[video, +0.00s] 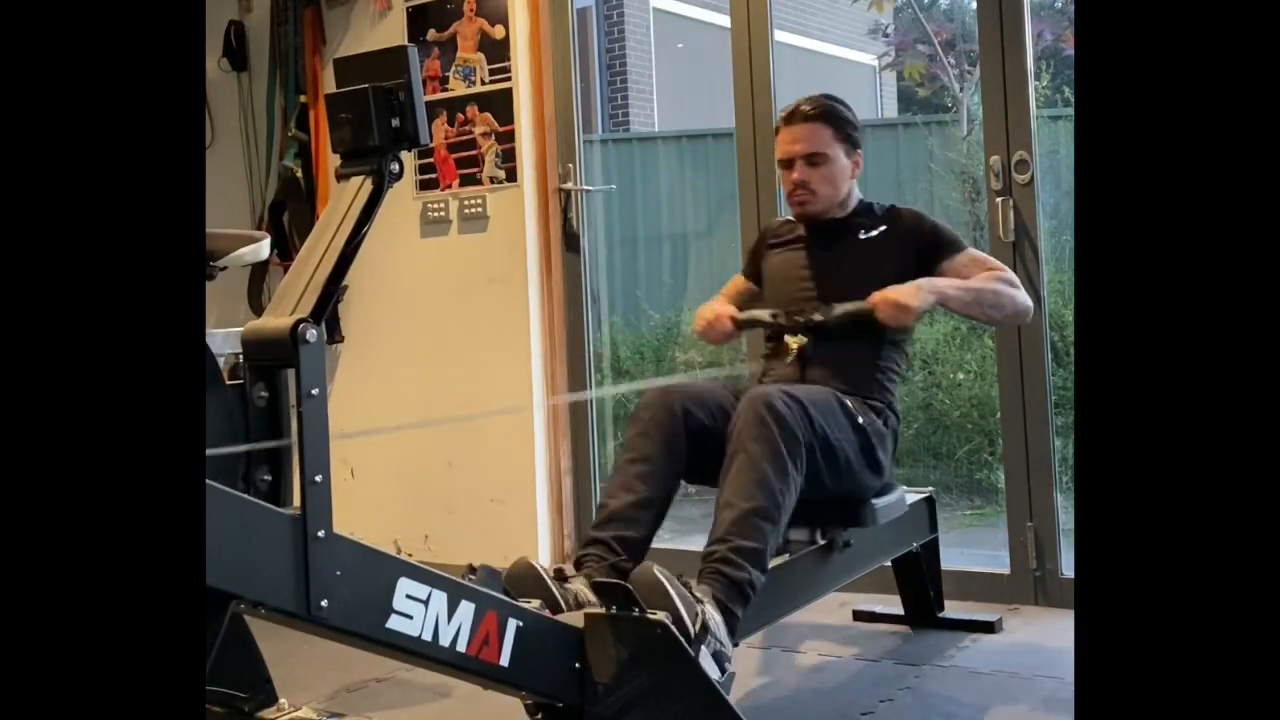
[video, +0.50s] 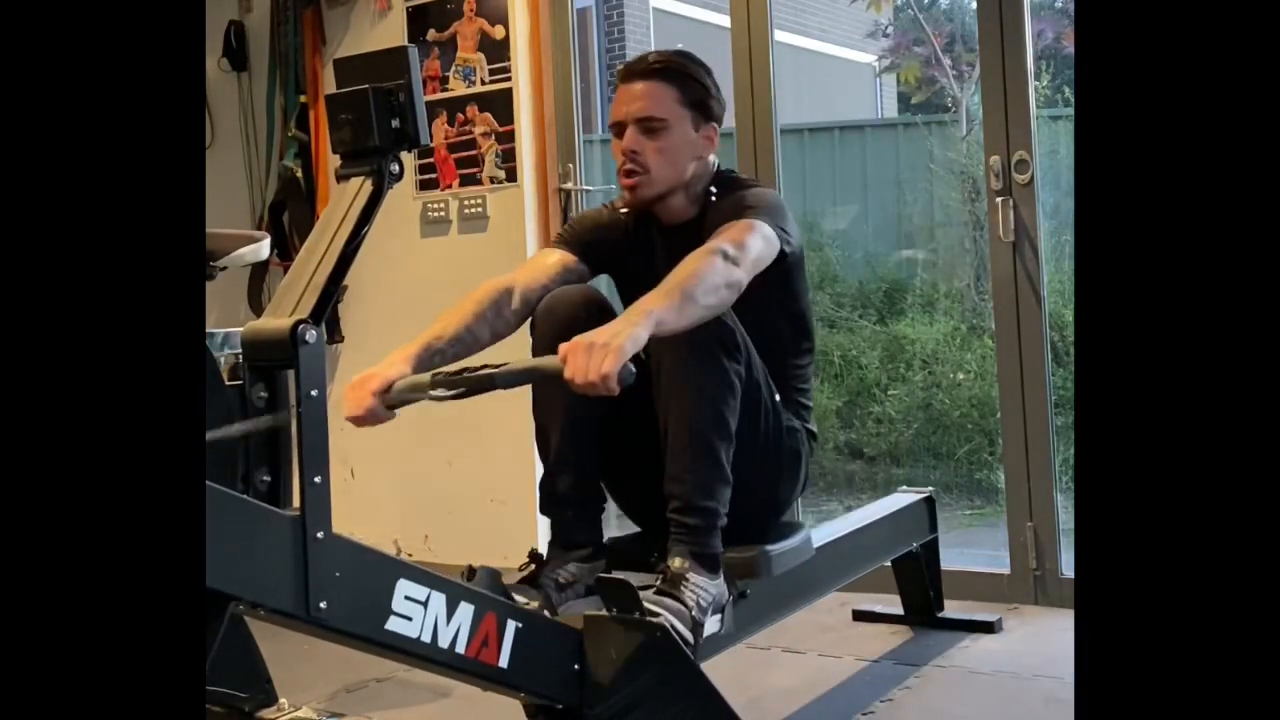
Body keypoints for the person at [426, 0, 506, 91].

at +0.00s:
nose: (471, 7)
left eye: (473, 4)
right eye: (469, 4)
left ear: (476, 7)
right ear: (463, 8)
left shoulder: (480, 22)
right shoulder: (457, 25)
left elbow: (493, 34)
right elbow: (445, 36)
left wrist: (498, 32)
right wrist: (435, 36)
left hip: (474, 60)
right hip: (460, 59)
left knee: (474, 89)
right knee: (459, 90)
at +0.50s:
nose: (471, 7)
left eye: (473, 5)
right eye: (469, 4)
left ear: (476, 8)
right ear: (463, 8)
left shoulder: (480, 22)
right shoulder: (457, 25)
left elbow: (493, 34)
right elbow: (445, 36)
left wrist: (498, 32)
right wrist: (435, 36)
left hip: (474, 60)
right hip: (460, 59)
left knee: (474, 89)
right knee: (458, 89)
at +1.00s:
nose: (471, 7)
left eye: (473, 4)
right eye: (468, 4)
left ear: (476, 7)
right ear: (463, 7)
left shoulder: (480, 22)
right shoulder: (457, 24)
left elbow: (493, 34)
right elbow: (445, 36)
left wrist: (498, 32)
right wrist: (435, 36)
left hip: (474, 60)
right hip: (460, 59)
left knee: (474, 89)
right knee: (458, 89)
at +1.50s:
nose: (471, 7)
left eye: (473, 4)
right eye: (469, 4)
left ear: (476, 7)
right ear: (463, 7)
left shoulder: (480, 22)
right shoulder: (457, 25)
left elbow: (493, 34)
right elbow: (444, 36)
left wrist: (498, 32)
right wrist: (434, 36)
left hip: (474, 60)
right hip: (460, 59)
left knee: (474, 89)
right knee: (458, 89)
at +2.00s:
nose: (471, 7)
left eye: (473, 4)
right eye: (468, 4)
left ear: (476, 7)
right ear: (463, 7)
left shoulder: (480, 22)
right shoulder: (457, 25)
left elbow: (493, 33)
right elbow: (444, 36)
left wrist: (498, 32)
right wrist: (435, 36)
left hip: (473, 60)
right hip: (460, 59)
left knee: (474, 89)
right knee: (458, 89)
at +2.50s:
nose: (471, 7)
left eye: (473, 4)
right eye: (468, 4)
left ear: (476, 7)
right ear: (463, 7)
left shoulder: (480, 22)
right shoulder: (457, 25)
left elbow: (494, 34)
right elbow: (444, 36)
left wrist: (498, 32)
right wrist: (435, 36)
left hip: (474, 60)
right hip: (460, 60)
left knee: (474, 89)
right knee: (458, 90)